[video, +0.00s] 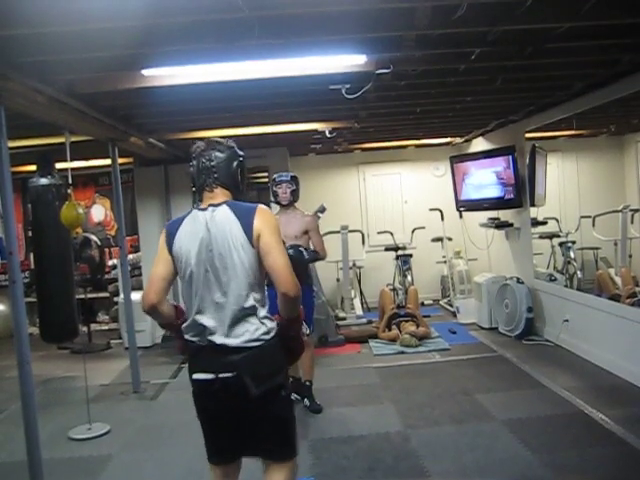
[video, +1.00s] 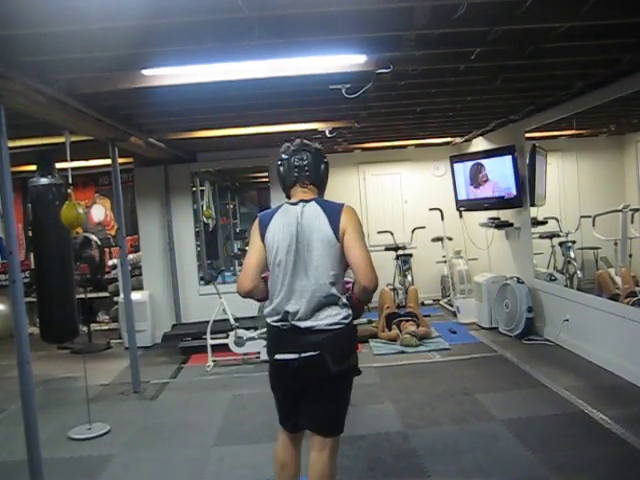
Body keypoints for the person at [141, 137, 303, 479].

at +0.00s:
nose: (243, 175)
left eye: (240, 169)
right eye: (240, 169)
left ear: (196, 179)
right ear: (235, 174)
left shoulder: (174, 229)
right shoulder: (257, 216)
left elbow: (151, 301)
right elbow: (289, 290)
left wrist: (182, 324)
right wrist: (290, 328)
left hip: (206, 372)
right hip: (260, 366)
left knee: (222, 467)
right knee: (279, 463)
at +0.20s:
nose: (255, 176)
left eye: (253, 170)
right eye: (251, 170)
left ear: (209, 179)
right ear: (244, 174)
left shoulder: (184, 226)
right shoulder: (261, 215)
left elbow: (159, 292)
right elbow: (284, 290)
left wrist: (191, 311)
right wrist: (295, 326)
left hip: (213, 363)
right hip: (265, 358)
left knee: (227, 460)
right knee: (295, 453)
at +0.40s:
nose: (278, 180)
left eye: (277, 175)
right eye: (275, 175)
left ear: (231, 180)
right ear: (267, 177)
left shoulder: (209, 226)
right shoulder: (285, 216)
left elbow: (184, 290)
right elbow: (305, 291)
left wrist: (224, 309)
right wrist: (312, 325)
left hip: (233, 362)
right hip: (284, 360)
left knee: (238, 461)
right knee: (302, 457)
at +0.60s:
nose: (299, 175)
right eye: (298, 171)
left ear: (257, 177)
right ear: (295, 175)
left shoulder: (236, 224)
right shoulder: (314, 215)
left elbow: (216, 288)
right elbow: (341, 283)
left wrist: (253, 305)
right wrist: (340, 319)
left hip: (261, 359)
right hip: (310, 356)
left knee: (255, 450)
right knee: (313, 450)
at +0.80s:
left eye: (279, 170)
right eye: (313, 169)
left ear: (273, 178)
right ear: (313, 175)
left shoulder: (256, 220)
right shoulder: (334, 213)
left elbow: (237, 287)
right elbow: (365, 280)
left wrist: (272, 299)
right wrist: (356, 308)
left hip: (276, 350)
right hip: (326, 349)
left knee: (273, 438)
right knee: (319, 445)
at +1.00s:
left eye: (286, 172)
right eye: (322, 171)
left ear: (282, 178)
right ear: (322, 176)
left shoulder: (264, 221)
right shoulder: (341, 214)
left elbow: (246, 286)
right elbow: (367, 281)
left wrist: (278, 288)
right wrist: (354, 306)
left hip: (284, 350)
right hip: (332, 349)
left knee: (288, 435)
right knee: (323, 445)